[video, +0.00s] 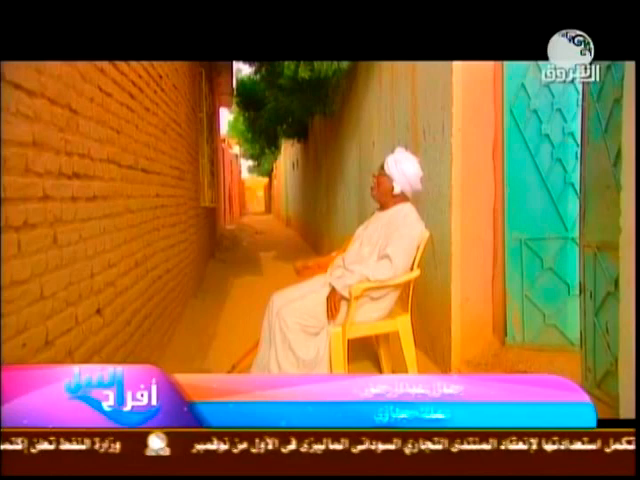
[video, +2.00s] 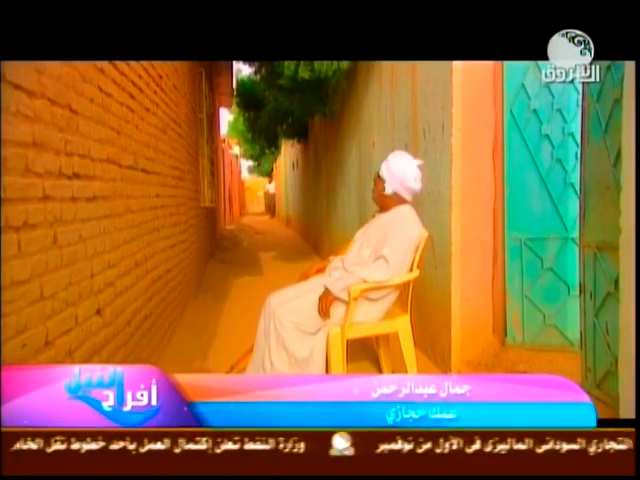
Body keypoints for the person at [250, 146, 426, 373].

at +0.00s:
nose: (374, 179)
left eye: (381, 176)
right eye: (377, 175)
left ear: (396, 185)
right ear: (393, 186)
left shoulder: (407, 220)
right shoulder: (384, 214)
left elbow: (393, 269)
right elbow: (354, 253)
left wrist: (342, 286)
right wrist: (326, 268)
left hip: (364, 296)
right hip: (342, 281)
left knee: (288, 316)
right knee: (278, 303)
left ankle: (291, 387)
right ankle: (270, 379)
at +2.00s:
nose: (373, 186)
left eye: (378, 181)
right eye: (376, 179)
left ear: (390, 188)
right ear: (392, 189)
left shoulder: (405, 221)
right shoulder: (388, 216)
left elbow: (388, 271)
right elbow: (358, 253)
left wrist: (336, 288)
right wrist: (327, 266)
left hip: (360, 298)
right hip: (341, 281)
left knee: (283, 314)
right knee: (274, 303)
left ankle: (281, 386)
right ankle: (266, 379)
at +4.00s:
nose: (366, 195)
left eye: (373, 190)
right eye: (366, 188)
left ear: (392, 193)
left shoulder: (404, 223)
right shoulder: (385, 217)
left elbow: (387, 271)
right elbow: (356, 253)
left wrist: (335, 288)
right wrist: (326, 266)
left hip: (359, 299)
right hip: (340, 282)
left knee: (282, 315)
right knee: (274, 305)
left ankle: (280, 386)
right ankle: (267, 379)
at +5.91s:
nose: (378, 181)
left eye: (387, 177)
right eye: (380, 175)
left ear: (402, 189)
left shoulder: (405, 222)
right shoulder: (384, 216)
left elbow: (388, 270)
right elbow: (356, 253)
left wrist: (337, 288)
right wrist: (326, 265)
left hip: (362, 299)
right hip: (342, 283)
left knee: (283, 315)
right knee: (274, 304)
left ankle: (289, 405)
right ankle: (266, 379)